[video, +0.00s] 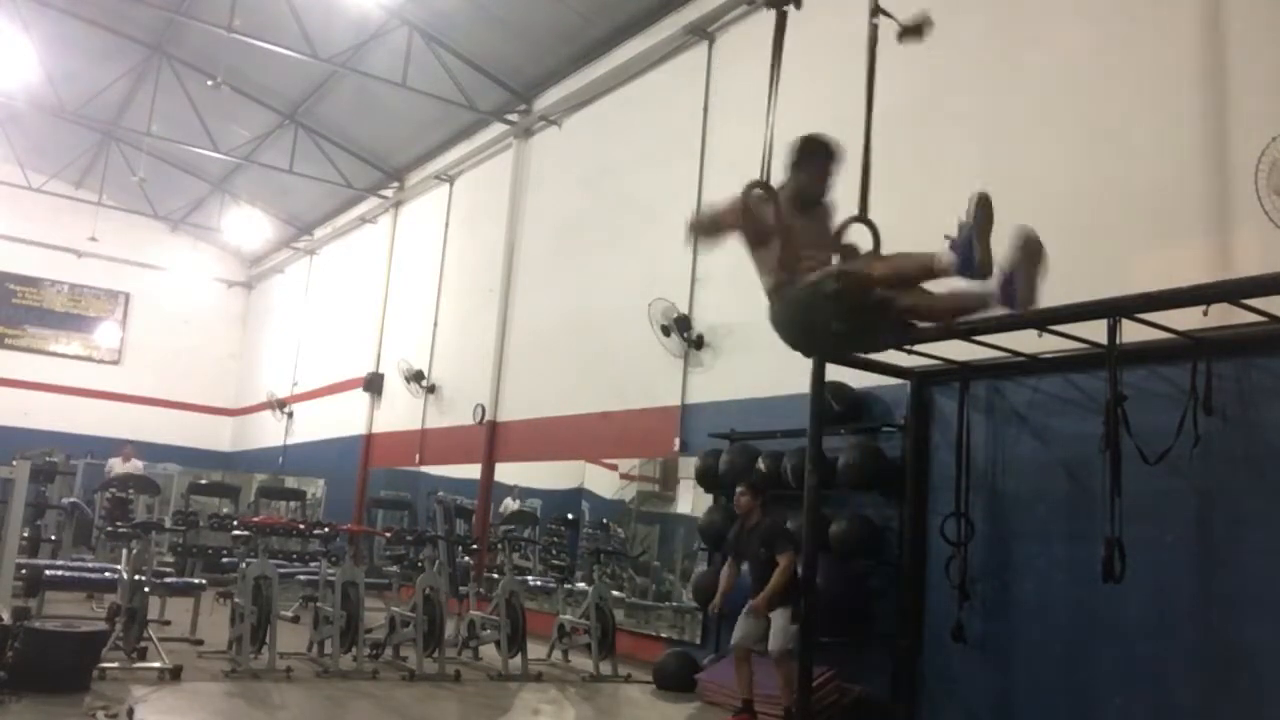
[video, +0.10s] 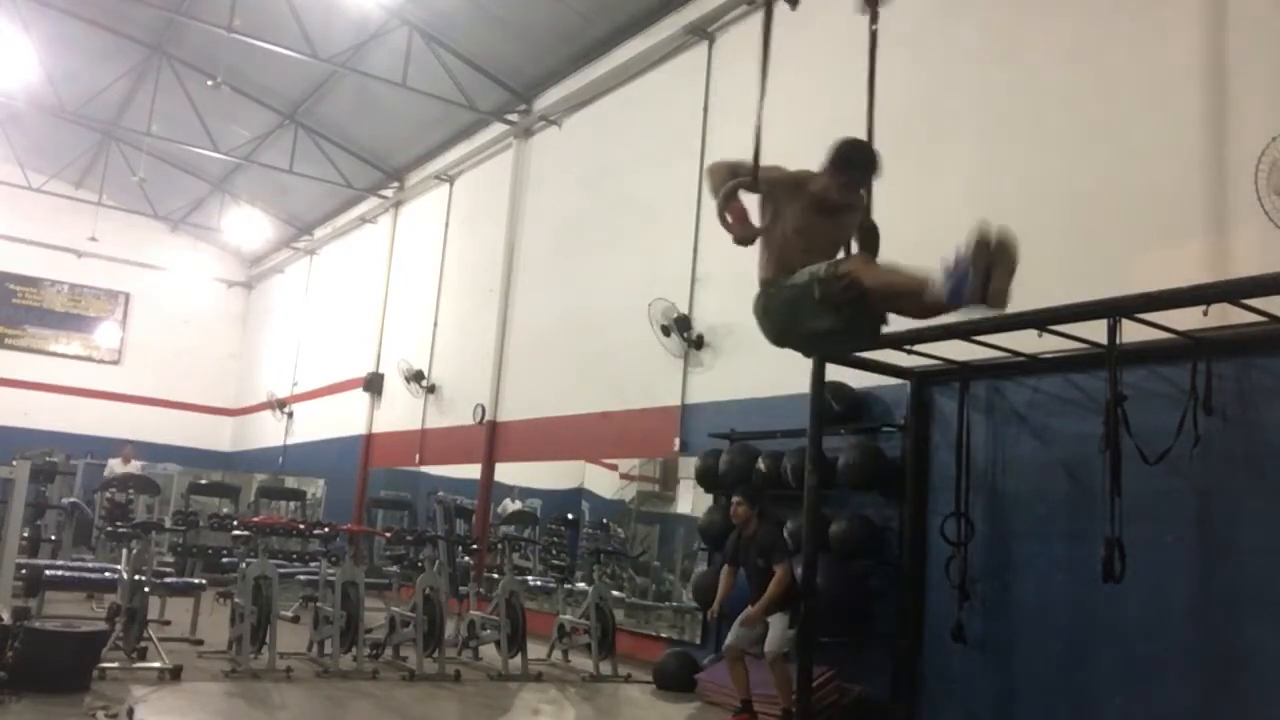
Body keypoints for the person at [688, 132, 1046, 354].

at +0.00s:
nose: (825, 184)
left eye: (828, 176)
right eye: (818, 174)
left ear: (828, 175)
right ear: (796, 170)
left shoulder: (821, 214)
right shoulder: (759, 205)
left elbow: (828, 259)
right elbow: (698, 227)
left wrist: (847, 257)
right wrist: (727, 219)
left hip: (831, 309)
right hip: (793, 310)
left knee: (899, 302)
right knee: (854, 271)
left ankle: (1001, 296)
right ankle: (954, 257)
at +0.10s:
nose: (852, 198)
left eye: (858, 191)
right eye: (846, 189)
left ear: (864, 186)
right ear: (827, 174)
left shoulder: (857, 209)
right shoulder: (788, 184)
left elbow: (861, 248)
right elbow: (719, 171)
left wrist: (866, 270)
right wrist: (733, 212)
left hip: (823, 317)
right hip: (780, 308)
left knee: (885, 296)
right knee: (855, 270)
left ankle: (974, 297)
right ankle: (940, 289)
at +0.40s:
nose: (892, 209)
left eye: (901, 202)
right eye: (890, 198)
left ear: (907, 197)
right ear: (873, 179)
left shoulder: (885, 212)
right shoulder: (827, 179)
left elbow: (868, 251)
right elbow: (762, 152)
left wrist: (869, 252)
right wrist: (773, 211)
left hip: (817, 300)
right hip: (778, 293)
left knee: (855, 379)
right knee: (825, 375)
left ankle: (831, 488)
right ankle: (788, 485)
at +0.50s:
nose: (901, 207)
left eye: (909, 201)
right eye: (898, 196)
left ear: (914, 196)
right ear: (880, 177)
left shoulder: (887, 217)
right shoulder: (835, 176)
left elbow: (872, 258)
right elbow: (769, 149)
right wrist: (776, 193)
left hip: (815, 300)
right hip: (778, 290)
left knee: (843, 390)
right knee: (816, 385)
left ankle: (801, 486)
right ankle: (757, 482)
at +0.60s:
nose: (903, 205)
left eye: (910, 199)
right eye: (902, 194)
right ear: (882, 177)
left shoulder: (886, 217)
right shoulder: (835, 174)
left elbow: (876, 262)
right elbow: (768, 148)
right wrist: (779, 199)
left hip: (808, 295)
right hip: (770, 285)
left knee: (839, 384)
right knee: (810, 372)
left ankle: (799, 482)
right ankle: (762, 478)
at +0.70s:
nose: (896, 202)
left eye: (903, 195)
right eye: (893, 191)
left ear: (906, 192)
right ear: (872, 176)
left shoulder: (881, 219)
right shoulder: (829, 176)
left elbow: (876, 265)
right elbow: (758, 156)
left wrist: (880, 250)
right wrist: (772, 208)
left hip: (799, 291)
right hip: (762, 282)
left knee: (840, 360)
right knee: (810, 355)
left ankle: (825, 468)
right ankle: (792, 470)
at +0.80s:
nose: (876, 198)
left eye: (883, 193)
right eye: (874, 187)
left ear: (886, 191)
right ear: (857, 171)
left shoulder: (864, 218)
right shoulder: (807, 181)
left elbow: (894, 263)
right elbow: (739, 172)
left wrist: (890, 244)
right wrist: (762, 213)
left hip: (790, 299)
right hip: (754, 291)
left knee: (849, 340)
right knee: (815, 335)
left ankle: (857, 438)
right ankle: (825, 449)